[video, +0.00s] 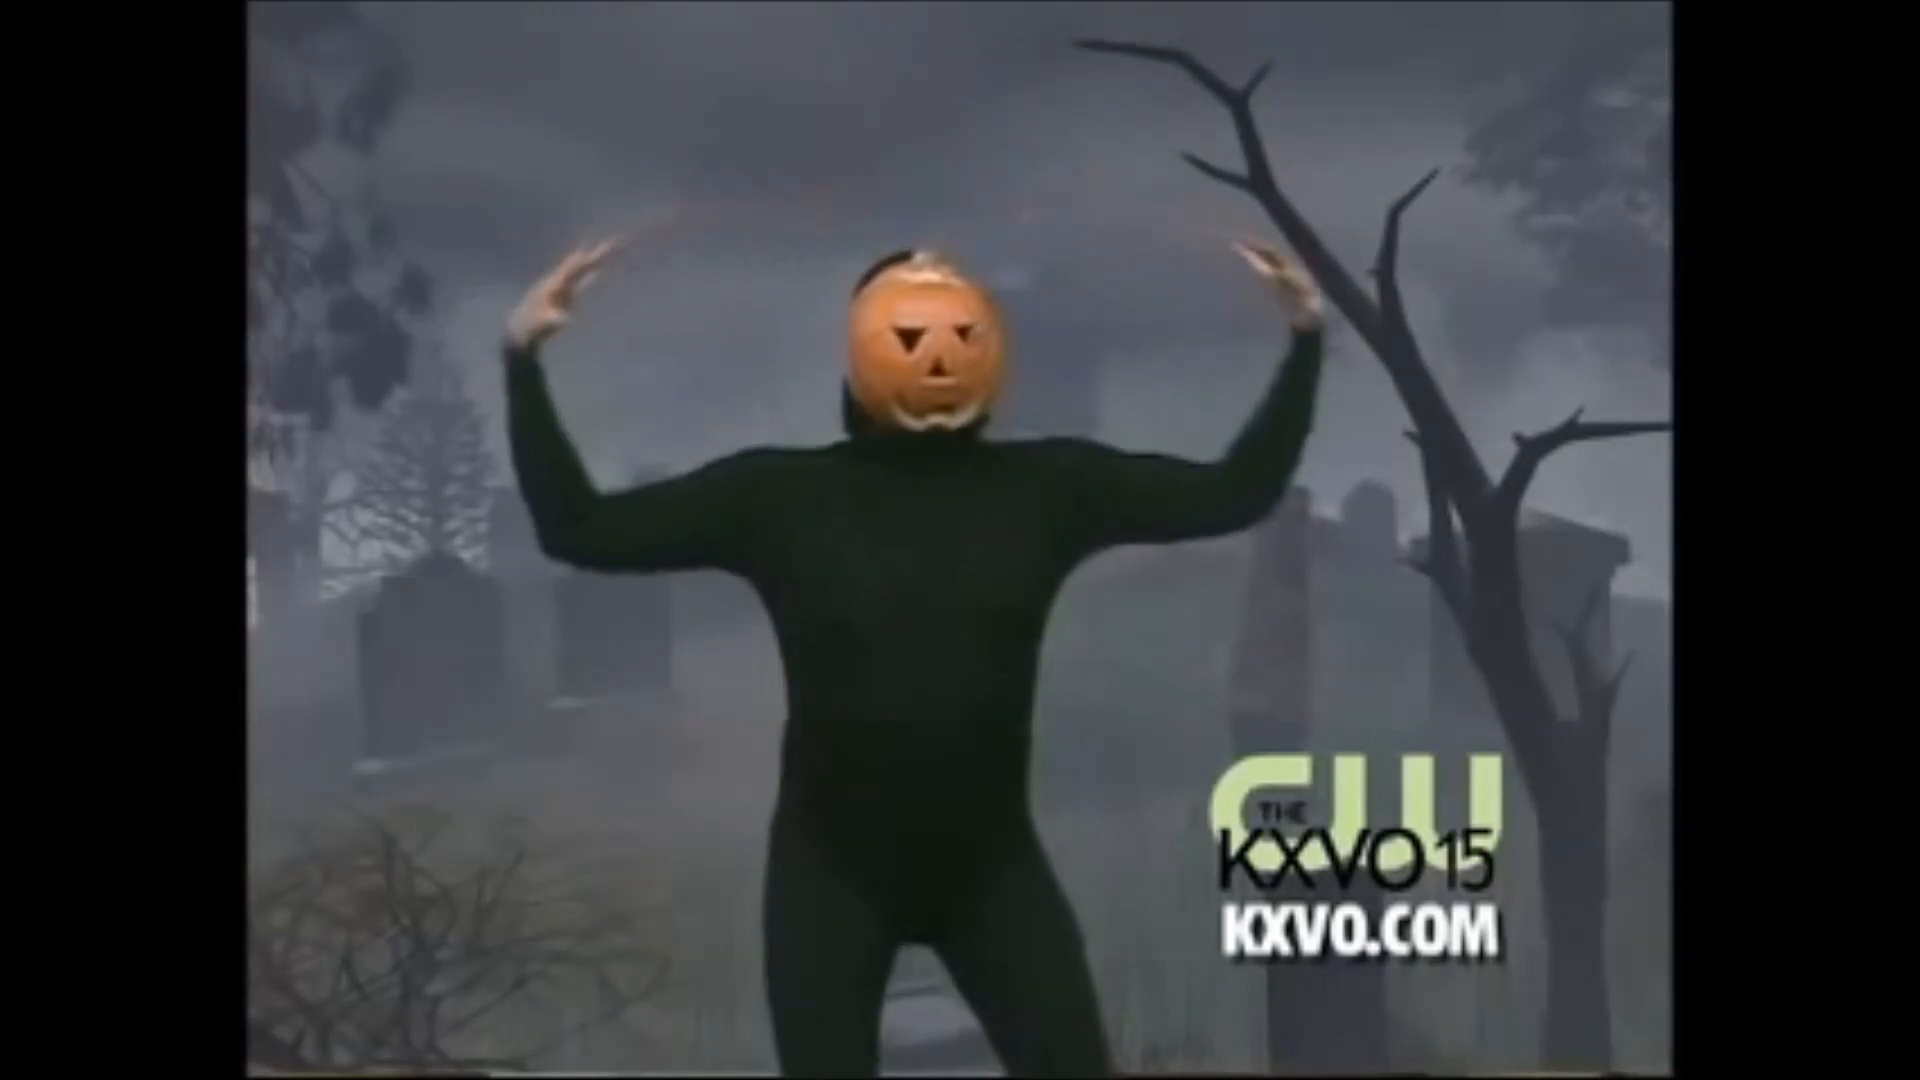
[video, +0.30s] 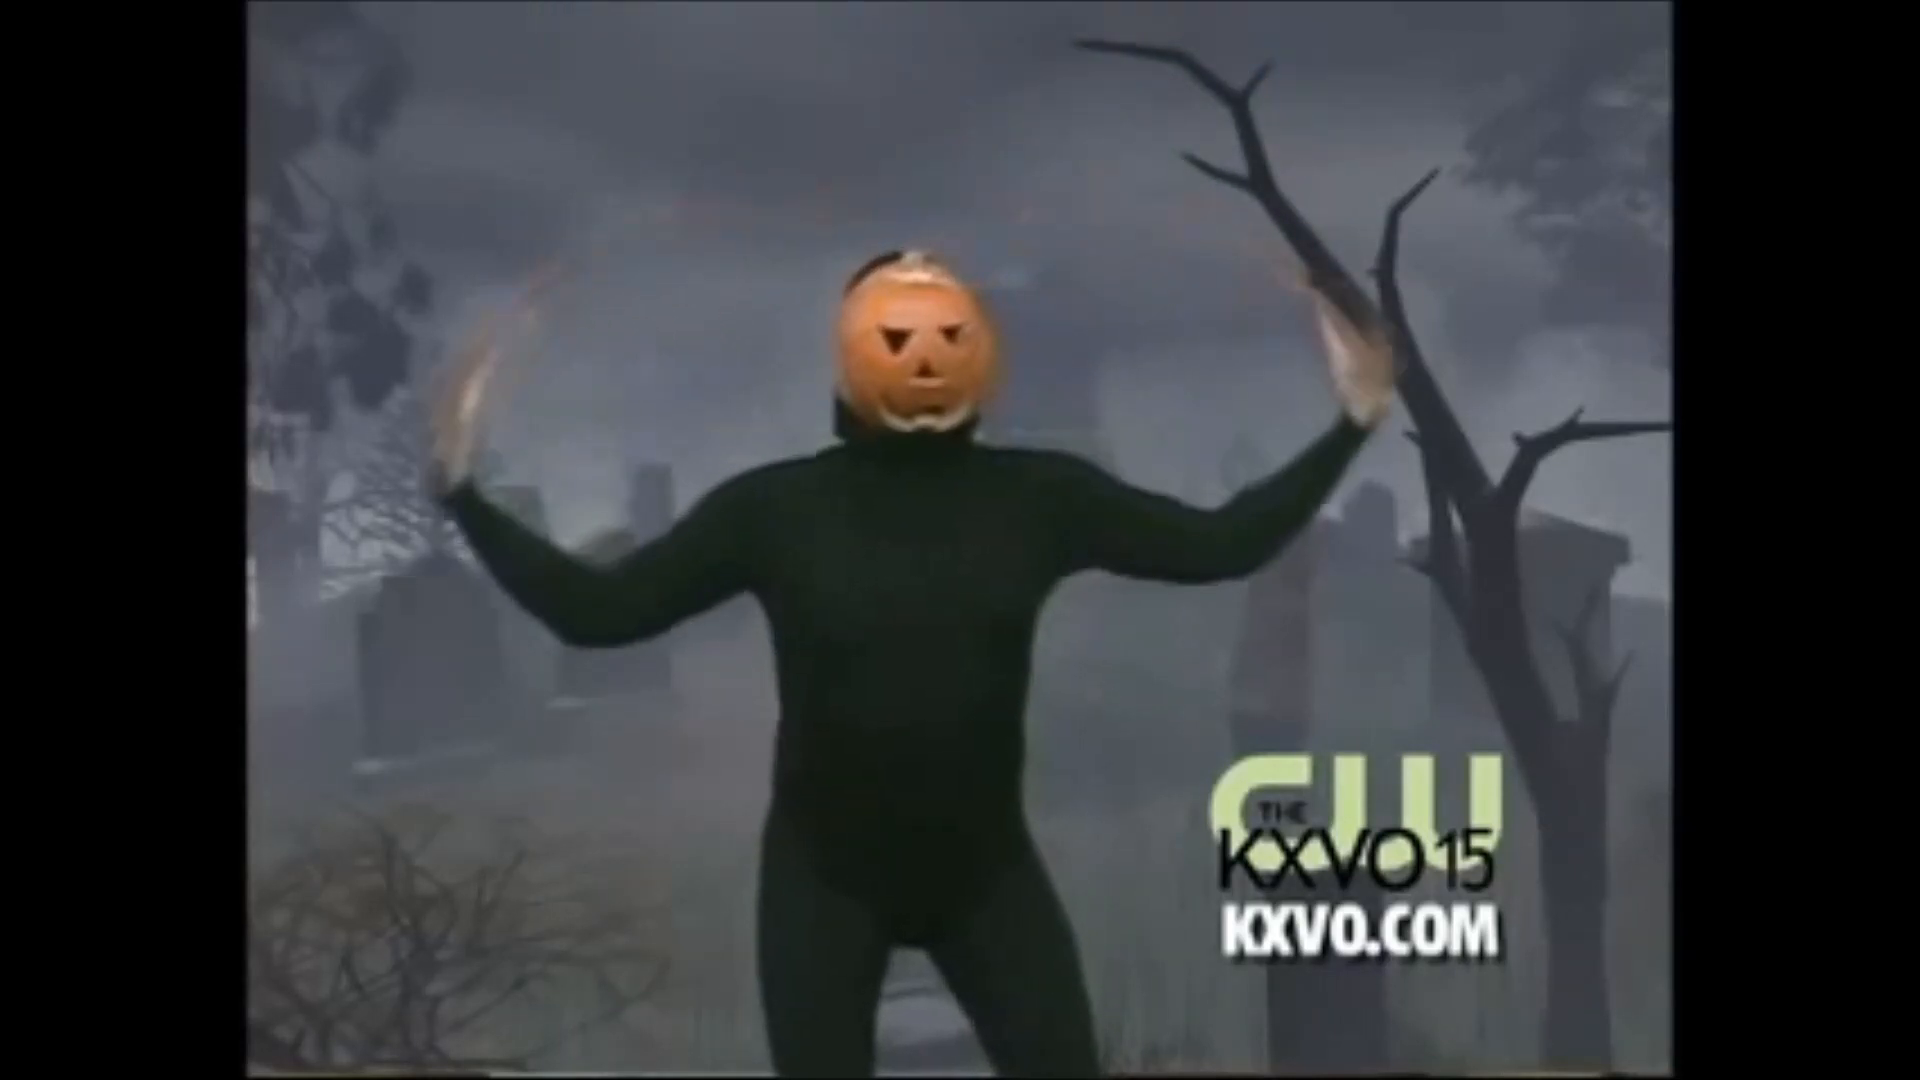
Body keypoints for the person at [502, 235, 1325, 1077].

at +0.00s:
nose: (937, 352)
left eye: (964, 331)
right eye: (903, 330)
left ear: (998, 364)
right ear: (853, 365)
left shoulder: (1053, 487)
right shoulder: (775, 494)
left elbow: (1239, 493)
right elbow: (580, 530)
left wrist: (1306, 341)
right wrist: (523, 360)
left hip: (992, 866)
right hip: (829, 873)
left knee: (1076, 1066)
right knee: (824, 1070)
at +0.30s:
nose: (924, 352)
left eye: (950, 333)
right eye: (892, 333)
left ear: (988, 365)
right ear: (843, 367)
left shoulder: (1042, 496)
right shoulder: (772, 508)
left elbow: (1219, 543)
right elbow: (598, 610)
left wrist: (1356, 416)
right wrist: (463, 488)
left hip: (986, 871)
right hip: (821, 877)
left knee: (1063, 1066)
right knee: (819, 1071)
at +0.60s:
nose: (901, 336)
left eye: (925, 321)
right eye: (869, 326)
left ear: (964, 364)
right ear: (829, 370)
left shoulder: (1018, 505)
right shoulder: (764, 518)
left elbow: (1183, 590)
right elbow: (622, 675)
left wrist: (1356, 535)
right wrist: (444, 668)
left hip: (977, 872)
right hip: (815, 878)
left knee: (1056, 1062)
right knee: (812, 1072)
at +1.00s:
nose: (889, 333)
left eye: (913, 309)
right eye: (854, 314)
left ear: (946, 328)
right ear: (801, 339)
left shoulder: (978, 474)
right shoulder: (773, 507)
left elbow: (989, 663)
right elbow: (797, 717)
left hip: (975, 827)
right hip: (826, 838)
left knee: (1013, 1050)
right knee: (831, 1050)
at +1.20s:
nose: (897, 273)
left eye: (917, 250)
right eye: (860, 255)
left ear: (953, 278)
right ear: (805, 296)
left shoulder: (973, 407)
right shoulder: (790, 462)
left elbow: (977, 610)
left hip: (950, 734)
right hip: (827, 770)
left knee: (1045, 788)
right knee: (851, 1058)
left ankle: (995, 1060)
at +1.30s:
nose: (889, 213)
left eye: (913, 191)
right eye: (853, 196)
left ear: (946, 220)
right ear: (799, 241)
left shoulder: (975, 362)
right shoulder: (777, 404)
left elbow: (967, 564)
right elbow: (938, 581)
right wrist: (1009, 396)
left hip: (963, 723)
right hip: (823, 747)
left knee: (1031, 936)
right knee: (847, 1028)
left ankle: (1002, 1070)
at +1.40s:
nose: (854, 214)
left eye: (876, 192)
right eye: (820, 197)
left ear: (912, 213)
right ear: (769, 233)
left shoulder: (962, 342)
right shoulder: (756, 401)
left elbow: (970, 523)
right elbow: (859, 583)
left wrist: (1012, 442)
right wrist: (992, 472)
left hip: (959, 757)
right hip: (813, 774)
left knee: (994, 1042)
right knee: (835, 1050)